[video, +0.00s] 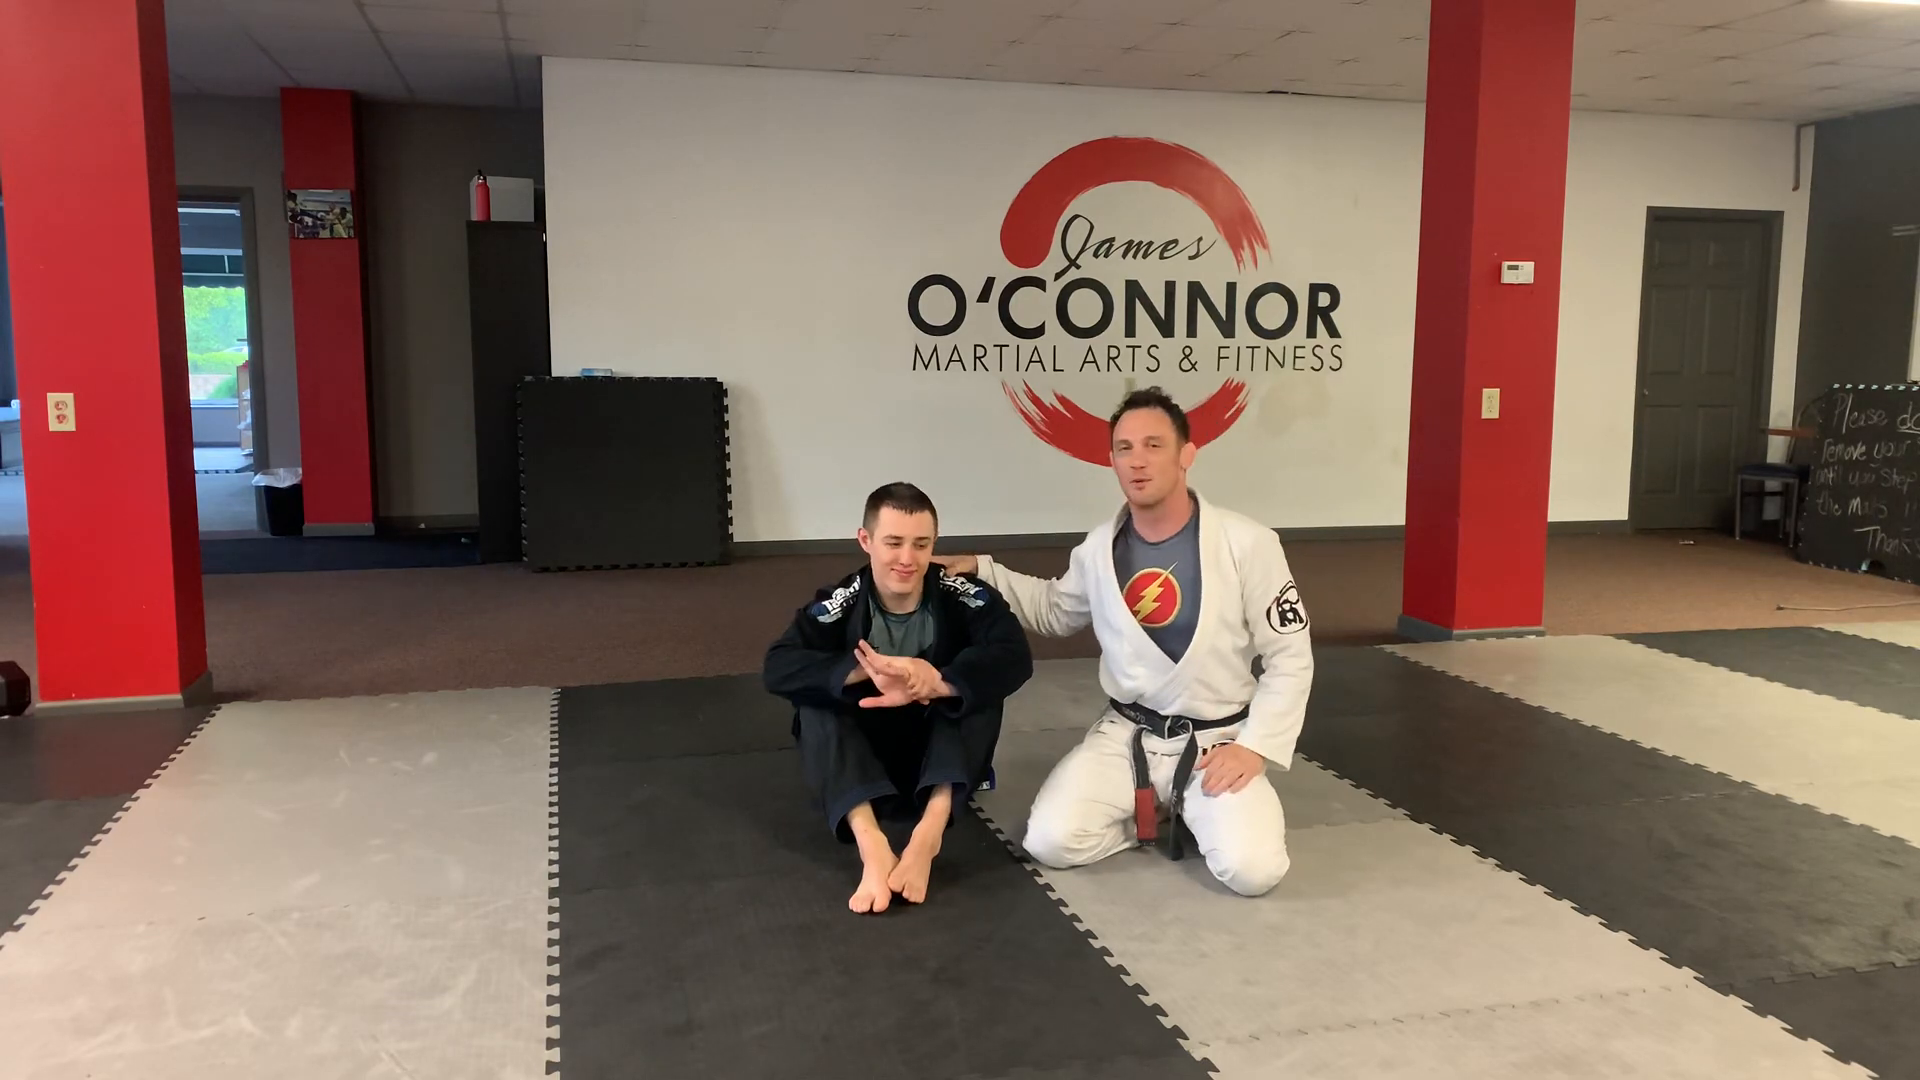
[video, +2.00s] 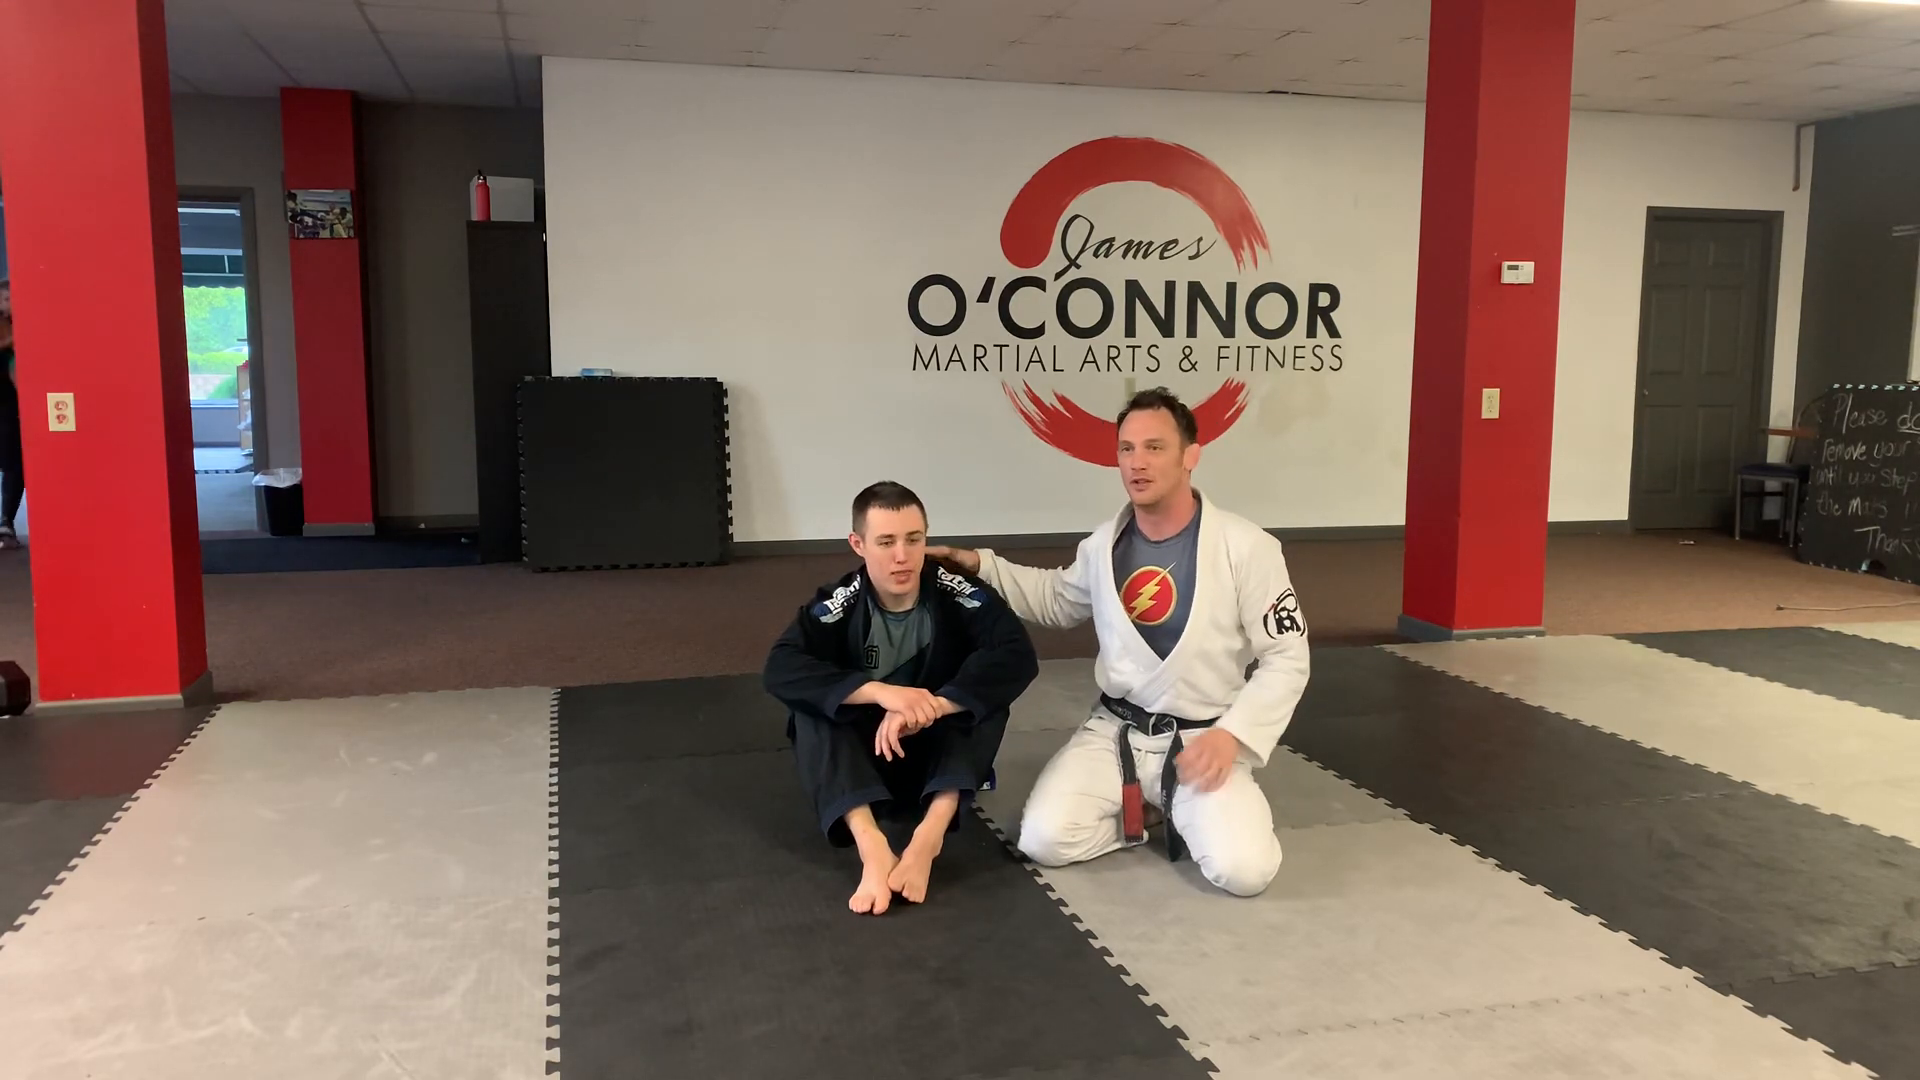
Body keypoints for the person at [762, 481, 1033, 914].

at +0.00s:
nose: (907, 557)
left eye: (920, 545)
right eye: (894, 543)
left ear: (933, 545)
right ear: (865, 542)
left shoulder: (967, 596)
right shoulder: (841, 603)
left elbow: (1014, 657)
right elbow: (779, 668)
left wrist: (940, 683)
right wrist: (861, 669)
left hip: (941, 755)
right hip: (862, 757)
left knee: (979, 685)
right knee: (815, 701)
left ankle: (930, 831)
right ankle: (871, 843)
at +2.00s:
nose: (903, 556)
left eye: (913, 540)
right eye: (886, 543)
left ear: (925, 538)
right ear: (858, 545)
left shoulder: (959, 592)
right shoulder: (837, 603)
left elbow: (1017, 656)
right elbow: (782, 669)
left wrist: (927, 707)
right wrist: (880, 692)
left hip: (938, 753)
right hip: (860, 755)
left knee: (987, 698)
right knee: (811, 707)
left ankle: (930, 836)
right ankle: (871, 846)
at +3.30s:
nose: (914, 550)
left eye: (925, 535)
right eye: (900, 536)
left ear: (936, 532)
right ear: (870, 536)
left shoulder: (972, 596)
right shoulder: (843, 597)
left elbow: (1011, 671)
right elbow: (776, 658)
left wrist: (965, 717)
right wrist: (845, 692)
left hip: (937, 765)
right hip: (860, 760)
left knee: (969, 660)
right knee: (808, 698)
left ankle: (928, 836)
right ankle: (857, 848)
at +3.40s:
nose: (920, 548)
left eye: (932, 534)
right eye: (906, 534)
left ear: (943, 533)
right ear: (877, 533)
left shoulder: (979, 601)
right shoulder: (848, 592)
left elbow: (1020, 685)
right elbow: (766, 649)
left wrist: (1002, 733)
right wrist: (794, 685)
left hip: (936, 764)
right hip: (858, 760)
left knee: (967, 661)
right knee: (793, 677)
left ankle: (928, 832)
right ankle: (821, 841)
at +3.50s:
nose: (927, 549)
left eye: (939, 535)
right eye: (913, 534)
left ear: (951, 533)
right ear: (885, 531)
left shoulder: (983, 604)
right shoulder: (853, 591)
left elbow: (1023, 699)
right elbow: (764, 637)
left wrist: (1015, 766)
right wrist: (755, 670)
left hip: (944, 767)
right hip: (861, 764)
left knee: (958, 659)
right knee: (777, 671)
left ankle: (924, 831)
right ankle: (775, 840)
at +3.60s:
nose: (932, 552)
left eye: (945, 539)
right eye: (919, 537)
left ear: (958, 537)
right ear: (894, 532)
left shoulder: (986, 606)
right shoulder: (863, 586)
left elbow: (1023, 710)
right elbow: (785, 618)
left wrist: (1018, 794)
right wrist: (735, 651)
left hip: (945, 765)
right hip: (863, 758)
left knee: (946, 659)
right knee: (758, 669)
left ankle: (918, 831)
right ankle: (722, 830)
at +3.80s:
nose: (937, 561)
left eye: (952, 548)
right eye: (926, 545)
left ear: (968, 544)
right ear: (901, 534)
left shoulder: (994, 604)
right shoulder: (871, 580)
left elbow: (1022, 714)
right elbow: (794, 613)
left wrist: (1011, 808)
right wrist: (730, 642)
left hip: (943, 765)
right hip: (860, 750)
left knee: (961, 671)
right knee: (743, 668)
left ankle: (854, 822)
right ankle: (672, 817)